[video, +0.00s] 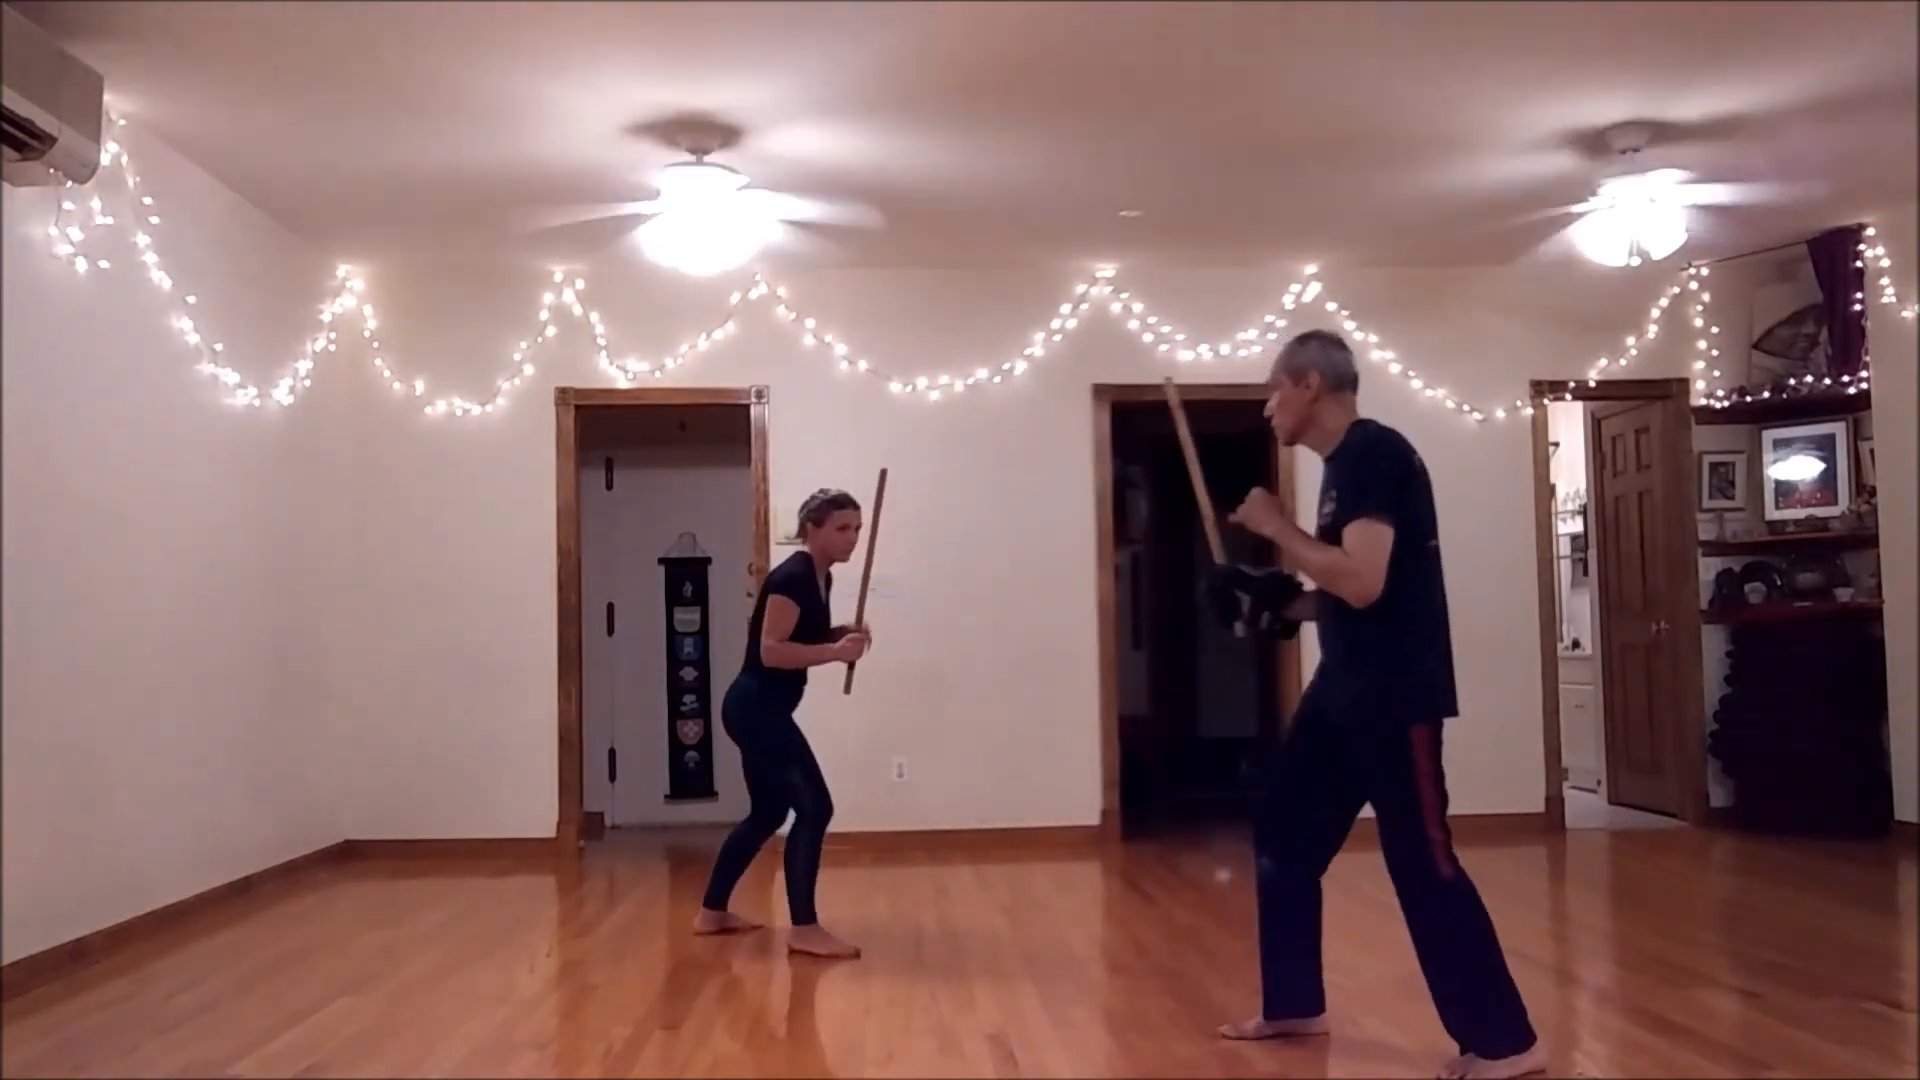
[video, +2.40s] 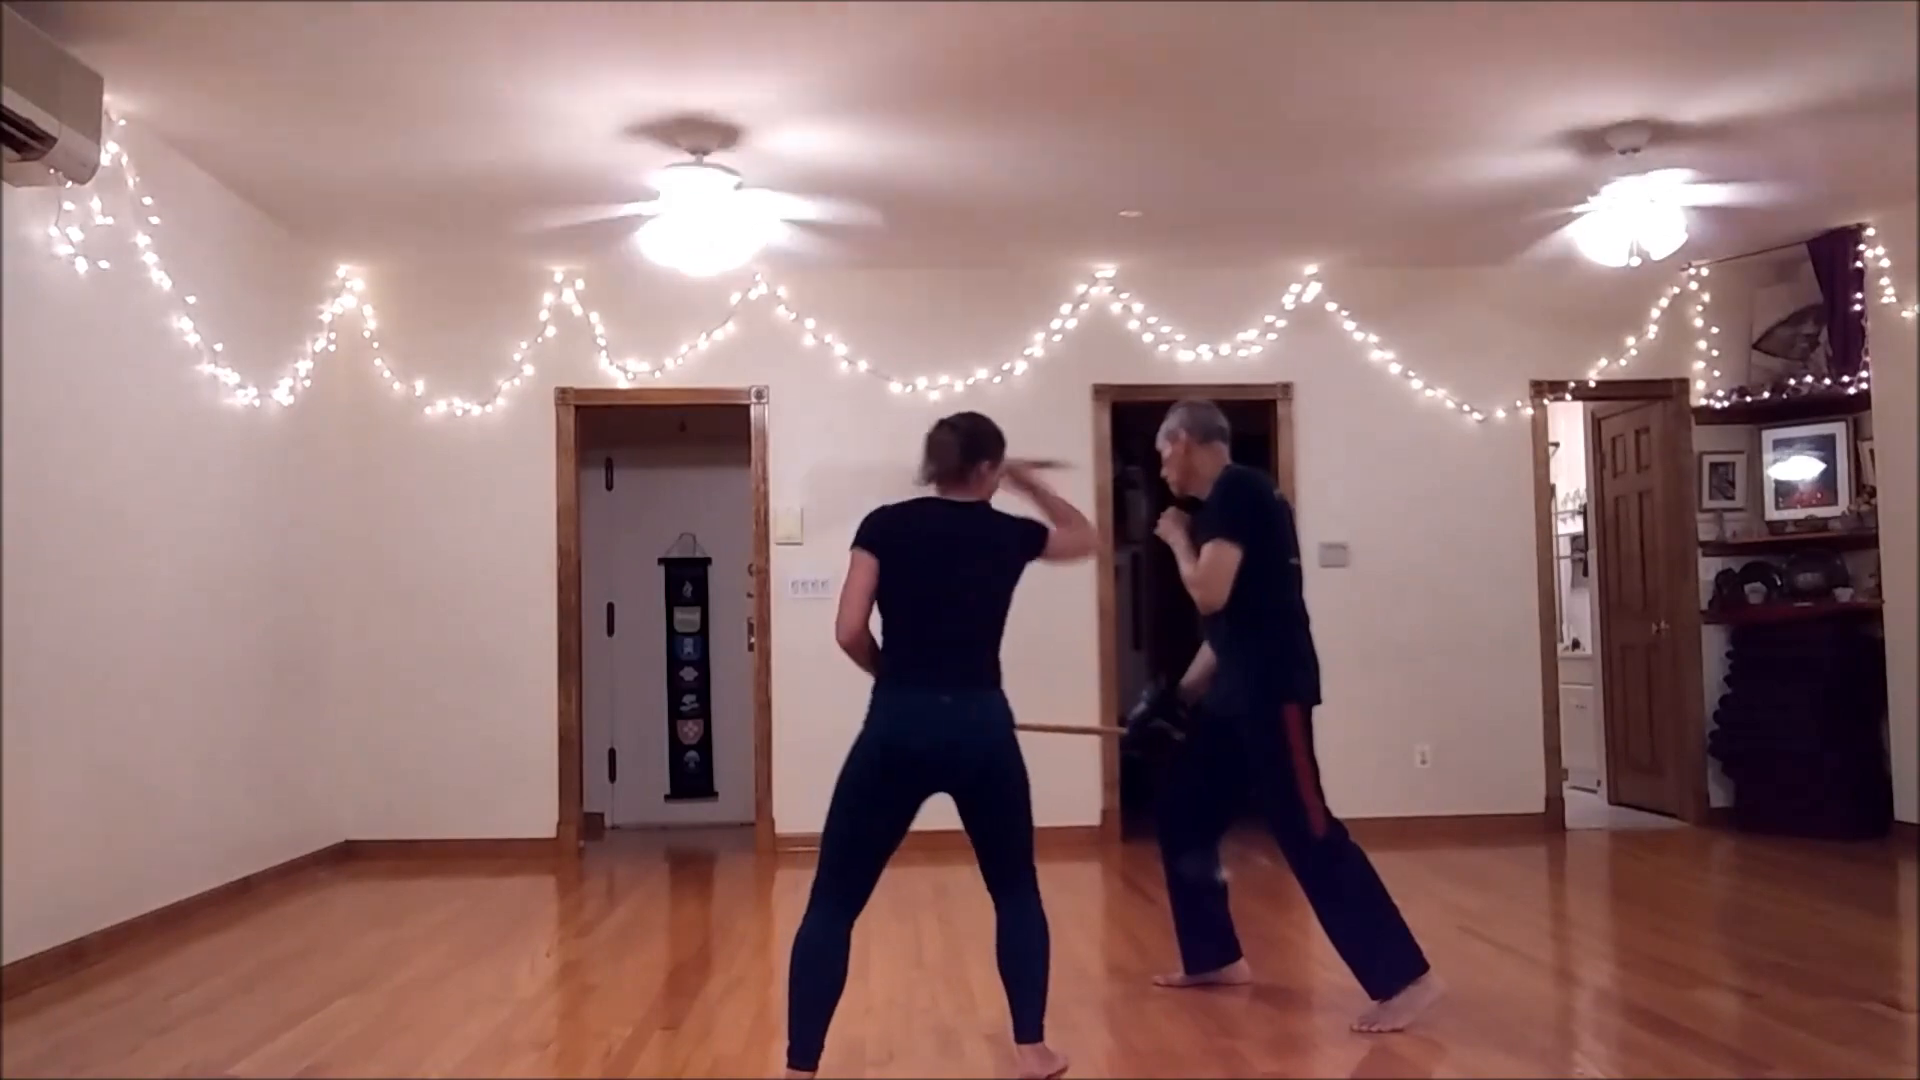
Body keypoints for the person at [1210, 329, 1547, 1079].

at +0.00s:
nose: (1270, 406)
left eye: (1276, 390)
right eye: (1270, 392)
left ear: (1314, 386)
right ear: (1320, 387)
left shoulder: (1375, 454)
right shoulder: (1341, 468)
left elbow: (1362, 578)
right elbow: (1358, 591)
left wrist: (1279, 529)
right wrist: (1284, 602)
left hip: (1397, 696)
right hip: (1346, 693)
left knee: (1424, 862)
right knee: (1286, 837)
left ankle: (1505, 1042)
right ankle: (1293, 1007)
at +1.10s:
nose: (1312, 438)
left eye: (1321, 425)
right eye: (1317, 425)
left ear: (1345, 433)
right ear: (1369, 436)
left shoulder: (1374, 508)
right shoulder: (1371, 504)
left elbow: (1321, 626)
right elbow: (1328, 616)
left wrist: (1296, 543)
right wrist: (1294, 545)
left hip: (1372, 723)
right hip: (1335, 714)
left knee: (1417, 885)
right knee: (1236, 815)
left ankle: (1567, 1032)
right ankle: (1239, 964)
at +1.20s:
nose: (1277, 441)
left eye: (1282, 430)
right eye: (1282, 430)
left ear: (1299, 435)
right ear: (1335, 439)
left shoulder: (1326, 501)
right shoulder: (1325, 501)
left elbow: (1279, 607)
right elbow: (1251, 579)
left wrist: (1263, 532)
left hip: (1344, 713)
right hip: (1314, 709)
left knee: (1407, 865)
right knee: (1238, 814)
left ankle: (1547, 1014)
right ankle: (1220, 954)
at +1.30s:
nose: (1223, 464)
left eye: (1227, 450)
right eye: (1226, 452)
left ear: (1244, 448)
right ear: (1281, 444)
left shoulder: (1290, 498)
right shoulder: (1271, 512)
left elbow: (1259, 605)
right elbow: (1197, 593)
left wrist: (1228, 546)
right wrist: (1136, 606)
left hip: (1321, 700)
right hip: (1290, 700)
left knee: (1355, 854)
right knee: (1226, 812)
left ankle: (1509, 985)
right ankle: (1221, 955)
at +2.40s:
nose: (1161, 466)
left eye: (1165, 453)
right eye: (1160, 454)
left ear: (1193, 445)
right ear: (1205, 445)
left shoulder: (1238, 490)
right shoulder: (1227, 500)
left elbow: (1212, 591)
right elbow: (1228, 621)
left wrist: (1178, 541)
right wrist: (1181, 694)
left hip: (1274, 686)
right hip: (1239, 687)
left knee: (1308, 829)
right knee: (1183, 812)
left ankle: (1406, 979)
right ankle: (1213, 958)